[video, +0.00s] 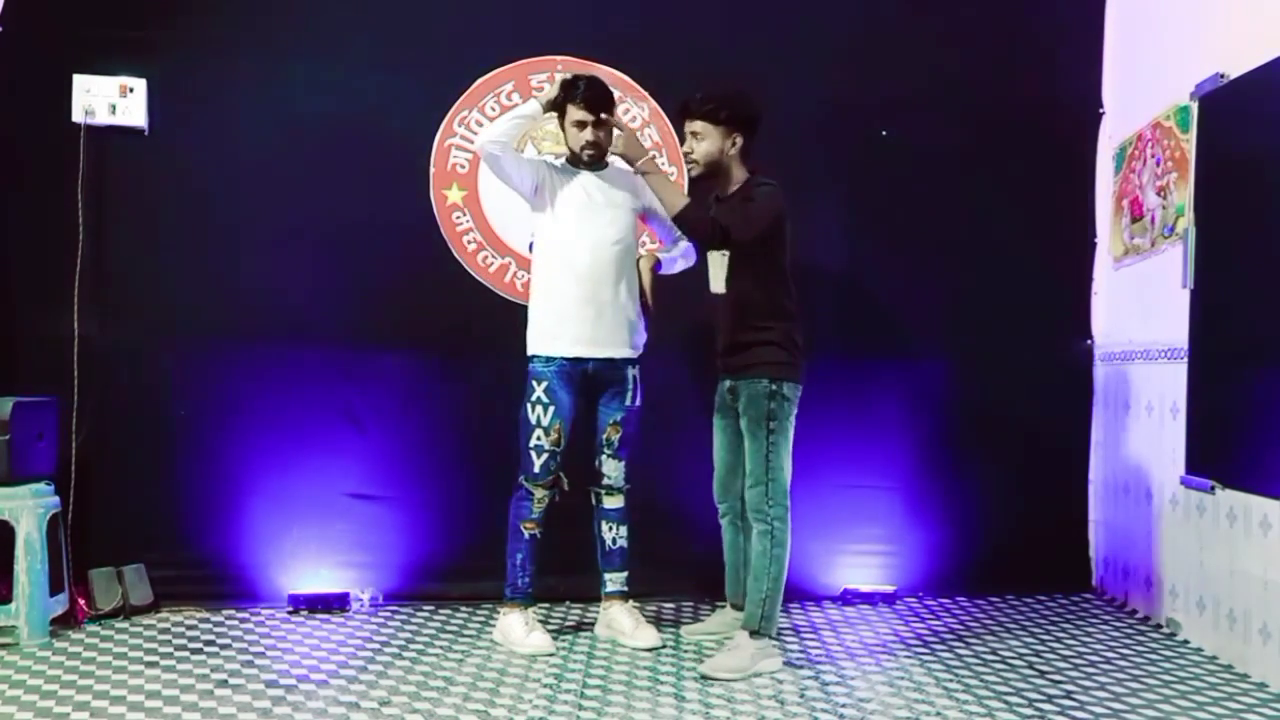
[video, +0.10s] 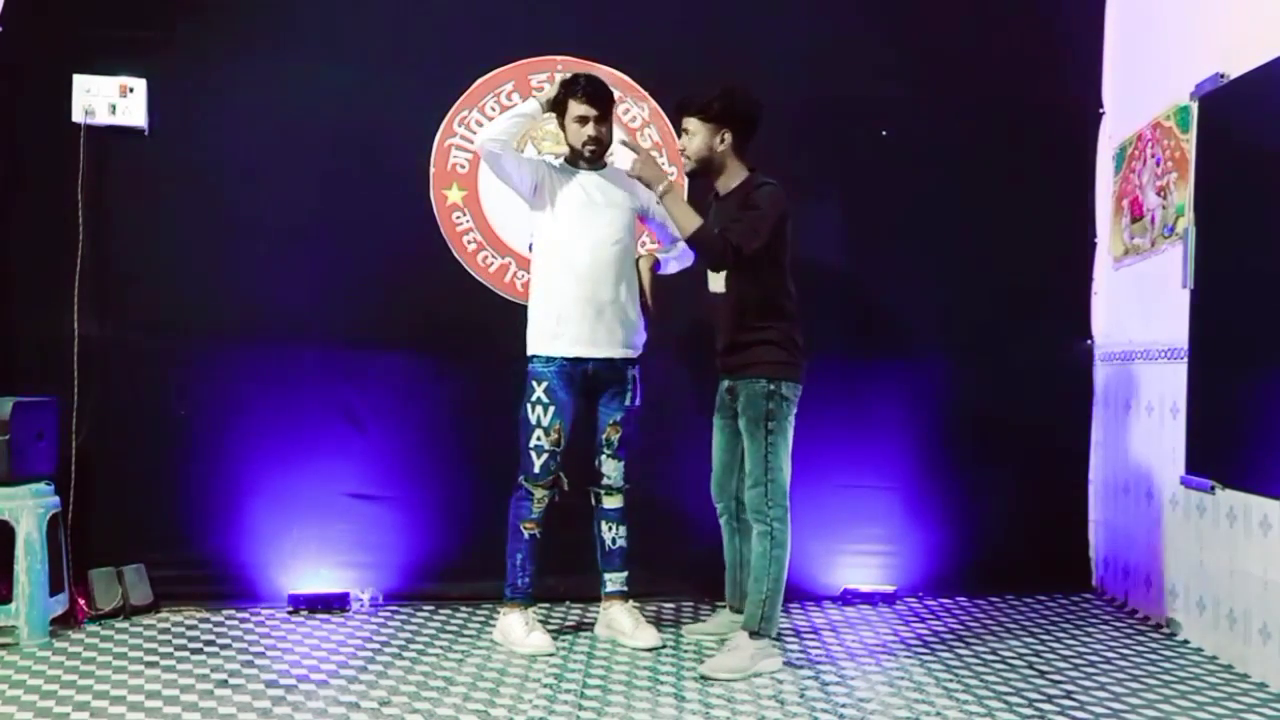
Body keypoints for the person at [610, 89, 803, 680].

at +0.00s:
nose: (688, 148)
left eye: (698, 137)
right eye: (685, 137)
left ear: (734, 140)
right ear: (694, 144)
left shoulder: (764, 196)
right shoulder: (712, 199)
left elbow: (709, 230)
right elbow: (660, 208)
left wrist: (647, 167)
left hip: (769, 371)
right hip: (732, 371)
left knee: (767, 502)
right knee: (731, 499)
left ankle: (762, 637)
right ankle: (739, 612)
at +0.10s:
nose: (680, 144)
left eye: (689, 133)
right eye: (681, 133)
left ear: (722, 137)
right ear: (714, 140)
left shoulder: (765, 196)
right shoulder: (715, 200)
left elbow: (719, 251)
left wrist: (665, 189)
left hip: (768, 371)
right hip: (733, 370)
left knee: (765, 501)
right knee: (728, 496)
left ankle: (763, 638)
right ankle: (738, 612)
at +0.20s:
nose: (680, 140)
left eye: (688, 130)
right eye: (681, 130)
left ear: (718, 135)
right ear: (714, 136)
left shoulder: (764, 194)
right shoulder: (717, 197)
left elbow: (739, 271)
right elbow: (716, 271)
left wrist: (677, 217)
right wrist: (670, 230)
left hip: (766, 369)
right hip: (732, 368)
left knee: (762, 501)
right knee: (728, 497)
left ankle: (761, 637)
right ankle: (737, 616)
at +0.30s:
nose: (680, 139)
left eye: (687, 128)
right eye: (681, 128)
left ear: (716, 133)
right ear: (712, 134)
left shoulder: (762, 192)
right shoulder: (716, 195)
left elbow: (762, 276)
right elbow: (715, 266)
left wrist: (692, 253)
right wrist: (668, 248)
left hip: (763, 370)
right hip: (730, 369)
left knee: (761, 500)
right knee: (728, 496)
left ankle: (762, 638)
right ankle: (738, 613)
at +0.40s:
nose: (680, 137)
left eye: (686, 126)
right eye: (681, 127)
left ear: (715, 131)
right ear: (715, 132)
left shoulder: (763, 195)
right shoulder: (725, 199)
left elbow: (782, 283)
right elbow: (722, 279)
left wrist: (702, 291)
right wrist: (666, 289)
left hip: (757, 372)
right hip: (727, 371)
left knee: (758, 501)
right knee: (729, 500)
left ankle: (761, 638)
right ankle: (739, 614)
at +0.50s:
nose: (681, 141)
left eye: (687, 129)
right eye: (682, 130)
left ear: (715, 130)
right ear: (715, 132)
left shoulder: (763, 194)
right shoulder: (727, 200)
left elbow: (800, 281)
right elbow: (736, 283)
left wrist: (726, 323)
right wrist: (713, 334)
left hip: (751, 373)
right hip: (725, 370)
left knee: (757, 505)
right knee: (732, 502)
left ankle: (761, 639)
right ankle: (740, 618)